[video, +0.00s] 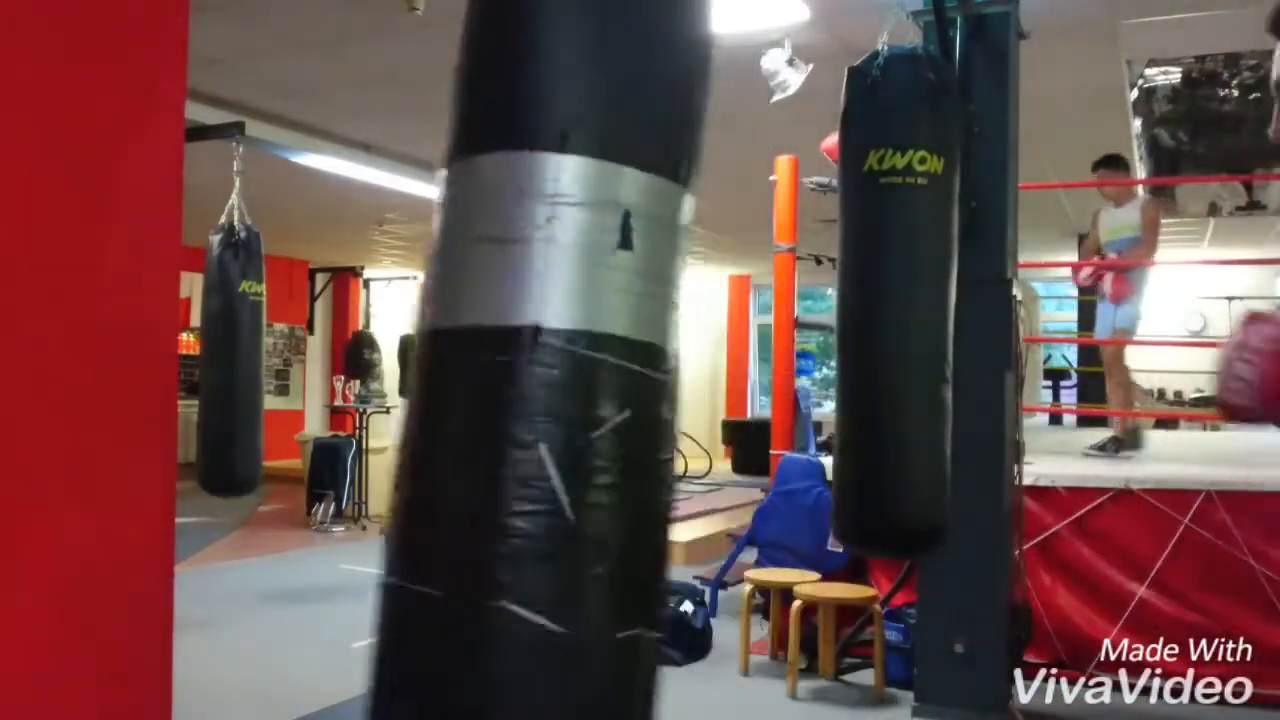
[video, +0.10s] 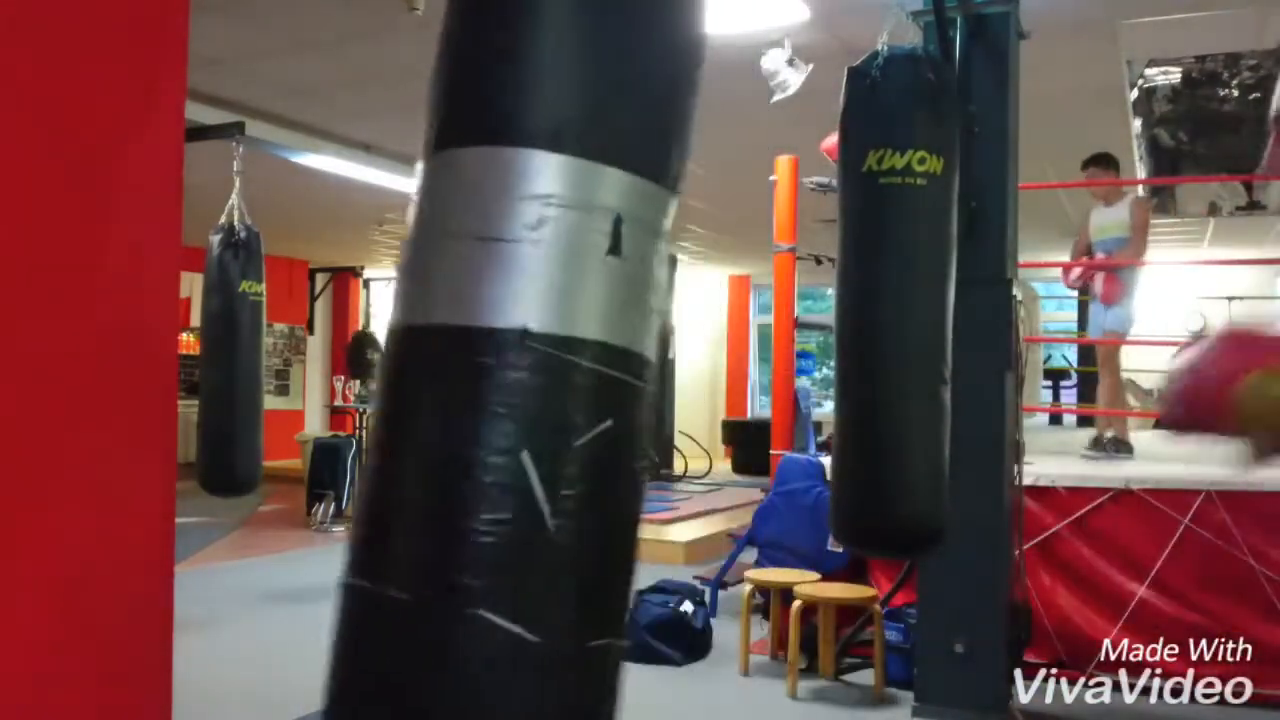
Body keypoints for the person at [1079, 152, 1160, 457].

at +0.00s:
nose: (1102, 189)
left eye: (1106, 182)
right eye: (1099, 184)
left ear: (1124, 179)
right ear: (1099, 184)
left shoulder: (1146, 207)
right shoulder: (1102, 215)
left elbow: (1147, 252)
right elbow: (1089, 251)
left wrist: (1114, 263)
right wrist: (1086, 267)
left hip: (1131, 286)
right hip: (1106, 288)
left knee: (1113, 354)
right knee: (1108, 356)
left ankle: (1124, 428)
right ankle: (1124, 426)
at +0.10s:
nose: (1090, 187)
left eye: (1094, 180)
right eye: (1087, 181)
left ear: (1112, 177)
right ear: (1089, 182)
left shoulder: (1136, 205)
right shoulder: (1094, 213)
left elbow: (1136, 251)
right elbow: (1080, 249)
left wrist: (1102, 264)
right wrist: (1078, 268)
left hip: (1121, 287)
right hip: (1097, 289)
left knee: (1107, 358)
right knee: (1107, 362)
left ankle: (1103, 430)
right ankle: (1120, 434)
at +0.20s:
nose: (1080, 185)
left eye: (1084, 178)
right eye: (1078, 179)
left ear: (1103, 177)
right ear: (1080, 181)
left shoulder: (1126, 203)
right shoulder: (1085, 213)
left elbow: (1125, 250)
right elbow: (1073, 249)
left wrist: (1091, 265)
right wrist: (1068, 268)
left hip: (1111, 288)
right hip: (1087, 289)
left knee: (1101, 363)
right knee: (1100, 366)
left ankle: (1080, 433)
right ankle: (1119, 432)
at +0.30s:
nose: (1072, 181)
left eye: (1076, 174)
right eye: (1069, 176)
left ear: (1094, 172)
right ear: (1075, 178)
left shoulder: (1116, 202)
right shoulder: (1077, 210)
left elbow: (1114, 250)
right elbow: (1066, 247)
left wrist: (1080, 263)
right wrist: (1059, 266)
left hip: (1102, 286)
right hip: (1079, 286)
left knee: (1089, 358)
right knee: (1086, 360)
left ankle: (1080, 433)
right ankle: (1095, 431)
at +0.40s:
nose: (1063, 177)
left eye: (1067, 169)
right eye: (1060, 171)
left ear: (1085, 168)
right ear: (1066, 173)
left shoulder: (1106, 196)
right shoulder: (1069, 206)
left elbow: (1104, 244)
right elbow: (1059, 245)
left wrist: (1072, 260)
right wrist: (1050, 260)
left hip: (1096, 286)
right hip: (1070, 287)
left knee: (1085, 359)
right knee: (1063, 364)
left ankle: (1075, 434)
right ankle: (1104, 420)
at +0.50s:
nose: (1054, 175)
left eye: (1057, 168)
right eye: (1052, 169)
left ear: (1076, 166)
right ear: (1062, 170)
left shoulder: (1099, 193)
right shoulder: (1064, 203)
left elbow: (1096, 238)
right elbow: (1056, 240)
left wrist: (1066, 255)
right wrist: (1046, 256)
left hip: (1088, 283)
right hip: (1060, 283)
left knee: (1084, 356)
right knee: (1051, 356)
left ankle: (1077, 431)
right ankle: (1065, 422)